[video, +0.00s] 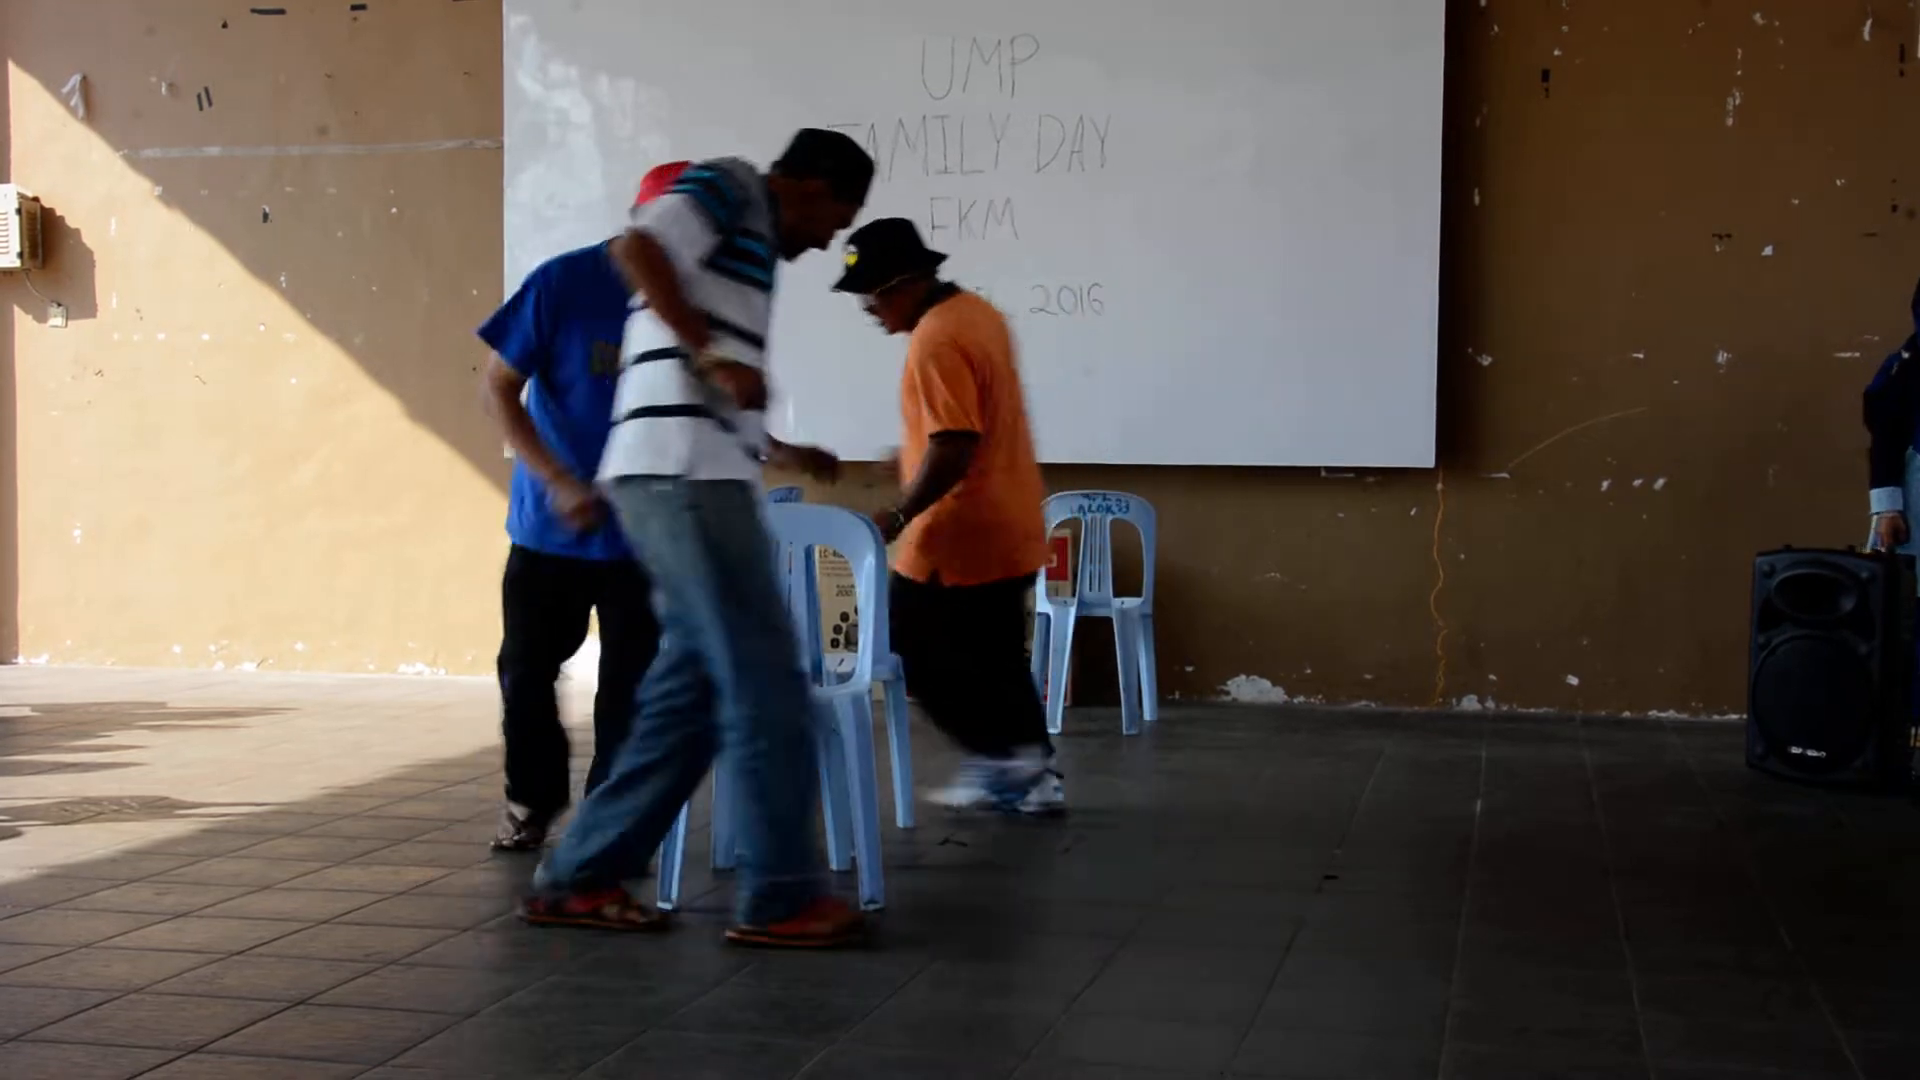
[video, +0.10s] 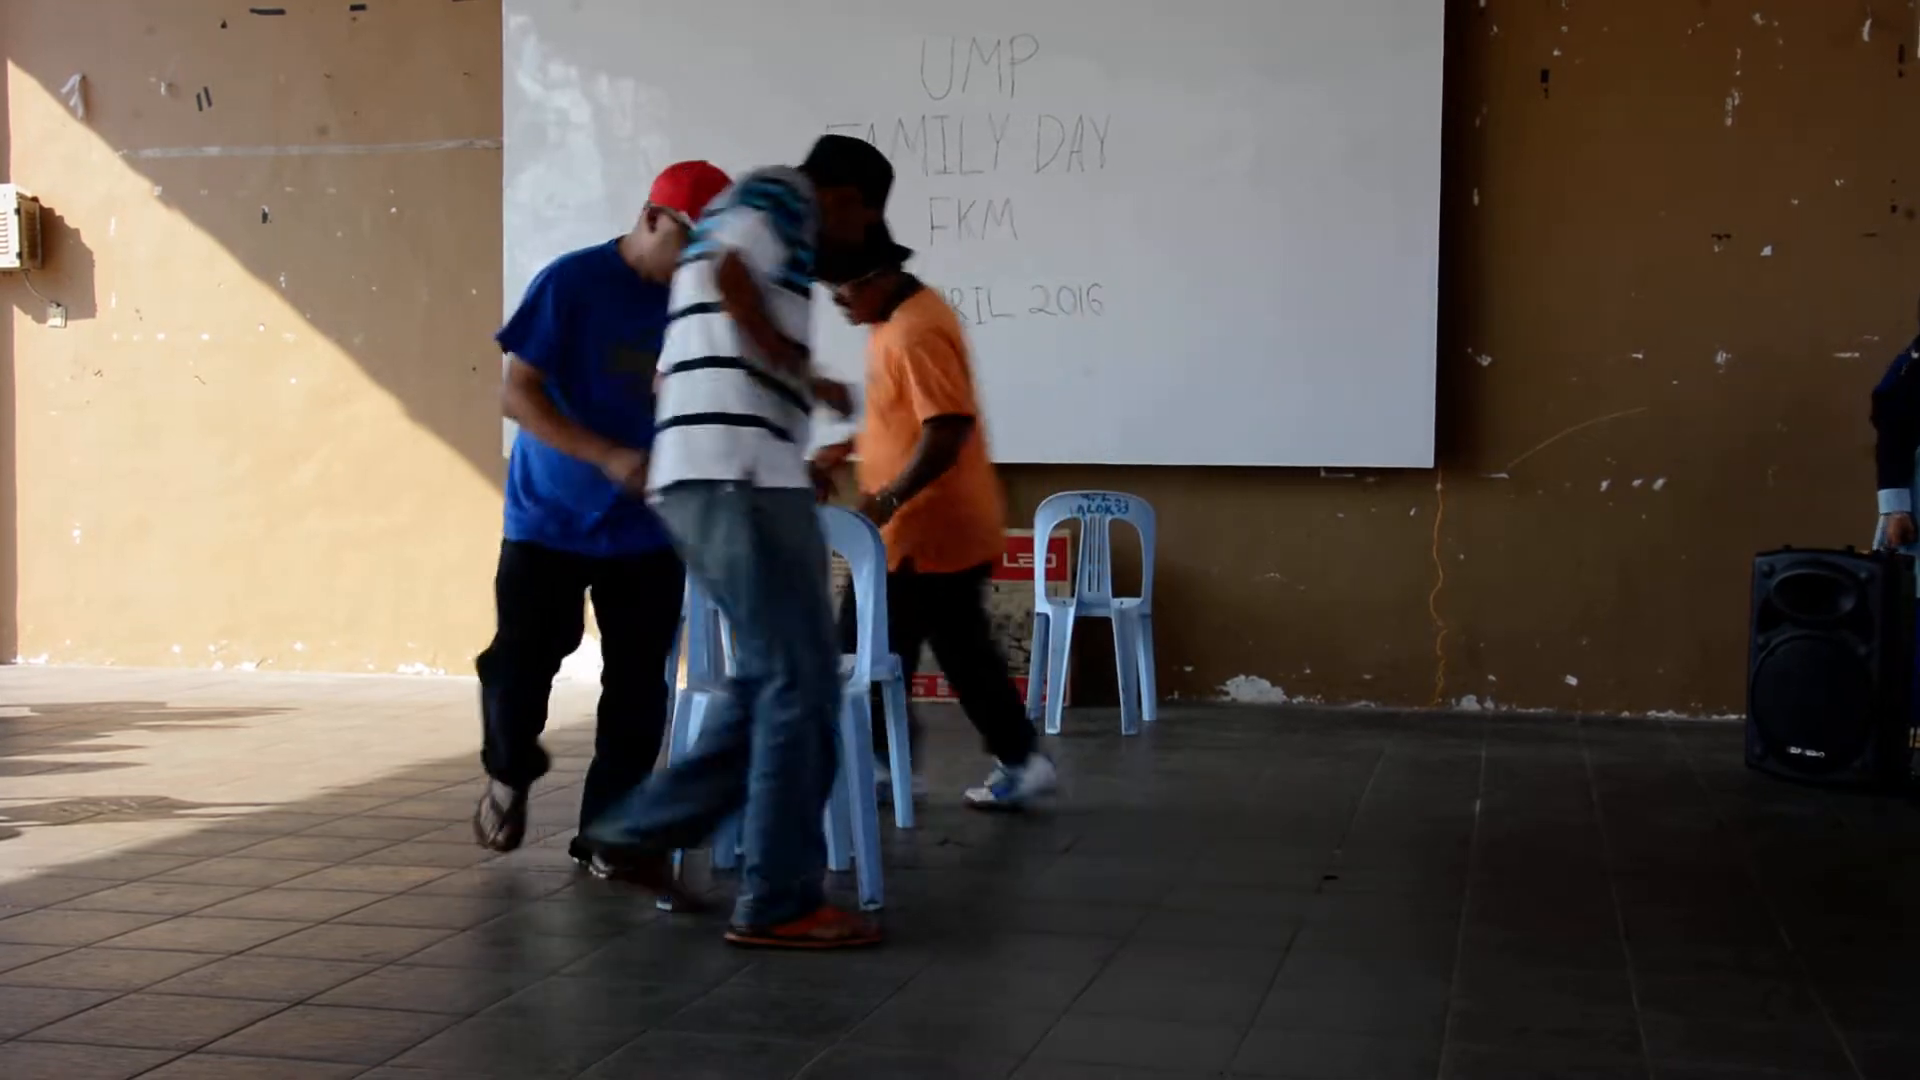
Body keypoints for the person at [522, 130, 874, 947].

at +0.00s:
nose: (829, 239)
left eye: (838, 227)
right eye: (834, 220)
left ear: (806, 189)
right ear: (808, 187)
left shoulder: (749, 244)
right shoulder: (727, 187)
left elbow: (701, 381)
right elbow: (635, 248)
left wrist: (780, 452)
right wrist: (708, 349)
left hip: (691, 476)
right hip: (679, 472)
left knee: (690, 682)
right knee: (765, 679)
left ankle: (575, 877)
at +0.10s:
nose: (861, 244)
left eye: (871, 231)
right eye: (868, 225)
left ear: (834, 195)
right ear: (844, 198)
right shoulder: (778, 197)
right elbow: (723, 269)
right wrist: (799, 372)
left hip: (705, 478)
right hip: (733, 476)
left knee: (775, 683)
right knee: (802, 682)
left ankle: (637, 837)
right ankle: (777, 902)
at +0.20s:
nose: (886, 240)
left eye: (891, 228)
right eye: (890, 223)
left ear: (832, 178)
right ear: (876, 197)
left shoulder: (744, 229)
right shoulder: (837, 195)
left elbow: (672, 361)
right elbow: (826, 283)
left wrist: (737, 428)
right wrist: (903, 374)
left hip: (727, 481)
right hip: (779, 476)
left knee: (835, 676)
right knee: (845, 678)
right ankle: (781, 898)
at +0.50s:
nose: (949, 248)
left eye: (946, 241)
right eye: (944, 236)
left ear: (872, 213)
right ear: (926, 218)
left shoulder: (794, 267)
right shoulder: (919, 226)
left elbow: (734, 396)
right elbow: (1012, 342)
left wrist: (807, 445)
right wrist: (1017, 387)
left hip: (805, 501)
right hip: (876, 487)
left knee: (940, 667)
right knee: (978, 680)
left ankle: (911, 846)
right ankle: (927, 893)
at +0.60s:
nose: (961, 262)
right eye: (957, 251)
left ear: (884, 229)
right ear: (941, 233)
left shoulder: (812, 279)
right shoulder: (939, 244)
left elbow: (766, 412)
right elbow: (1031, 359)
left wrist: (836, 446)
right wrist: (1023, 397)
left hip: (818, 508)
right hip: (888, 494)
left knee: (961, 676)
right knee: (996, 692)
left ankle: (939, 875)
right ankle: (927, 892)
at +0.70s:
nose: (975, 279)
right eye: (968, 266)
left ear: (892, 241)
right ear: (948, 245)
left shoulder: (824, 291)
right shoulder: (947, 255)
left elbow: (784, 428)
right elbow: (1046, 358)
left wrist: (811, 481)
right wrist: (1037, 408)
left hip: (828, 513)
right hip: (898, 499)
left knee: (942, 688)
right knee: (1001, 692)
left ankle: (944, 878)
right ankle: (923, 887)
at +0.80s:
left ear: (886, 255)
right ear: (943, 252)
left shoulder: (822, 305)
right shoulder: (959, 268)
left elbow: (783, 424)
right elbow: (1073, 343)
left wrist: (815, 481)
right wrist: (1074, 411)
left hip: (841, 520)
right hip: (914, 508)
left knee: (940, 688)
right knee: (1005, 696)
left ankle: (956, 856)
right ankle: (856, 844)